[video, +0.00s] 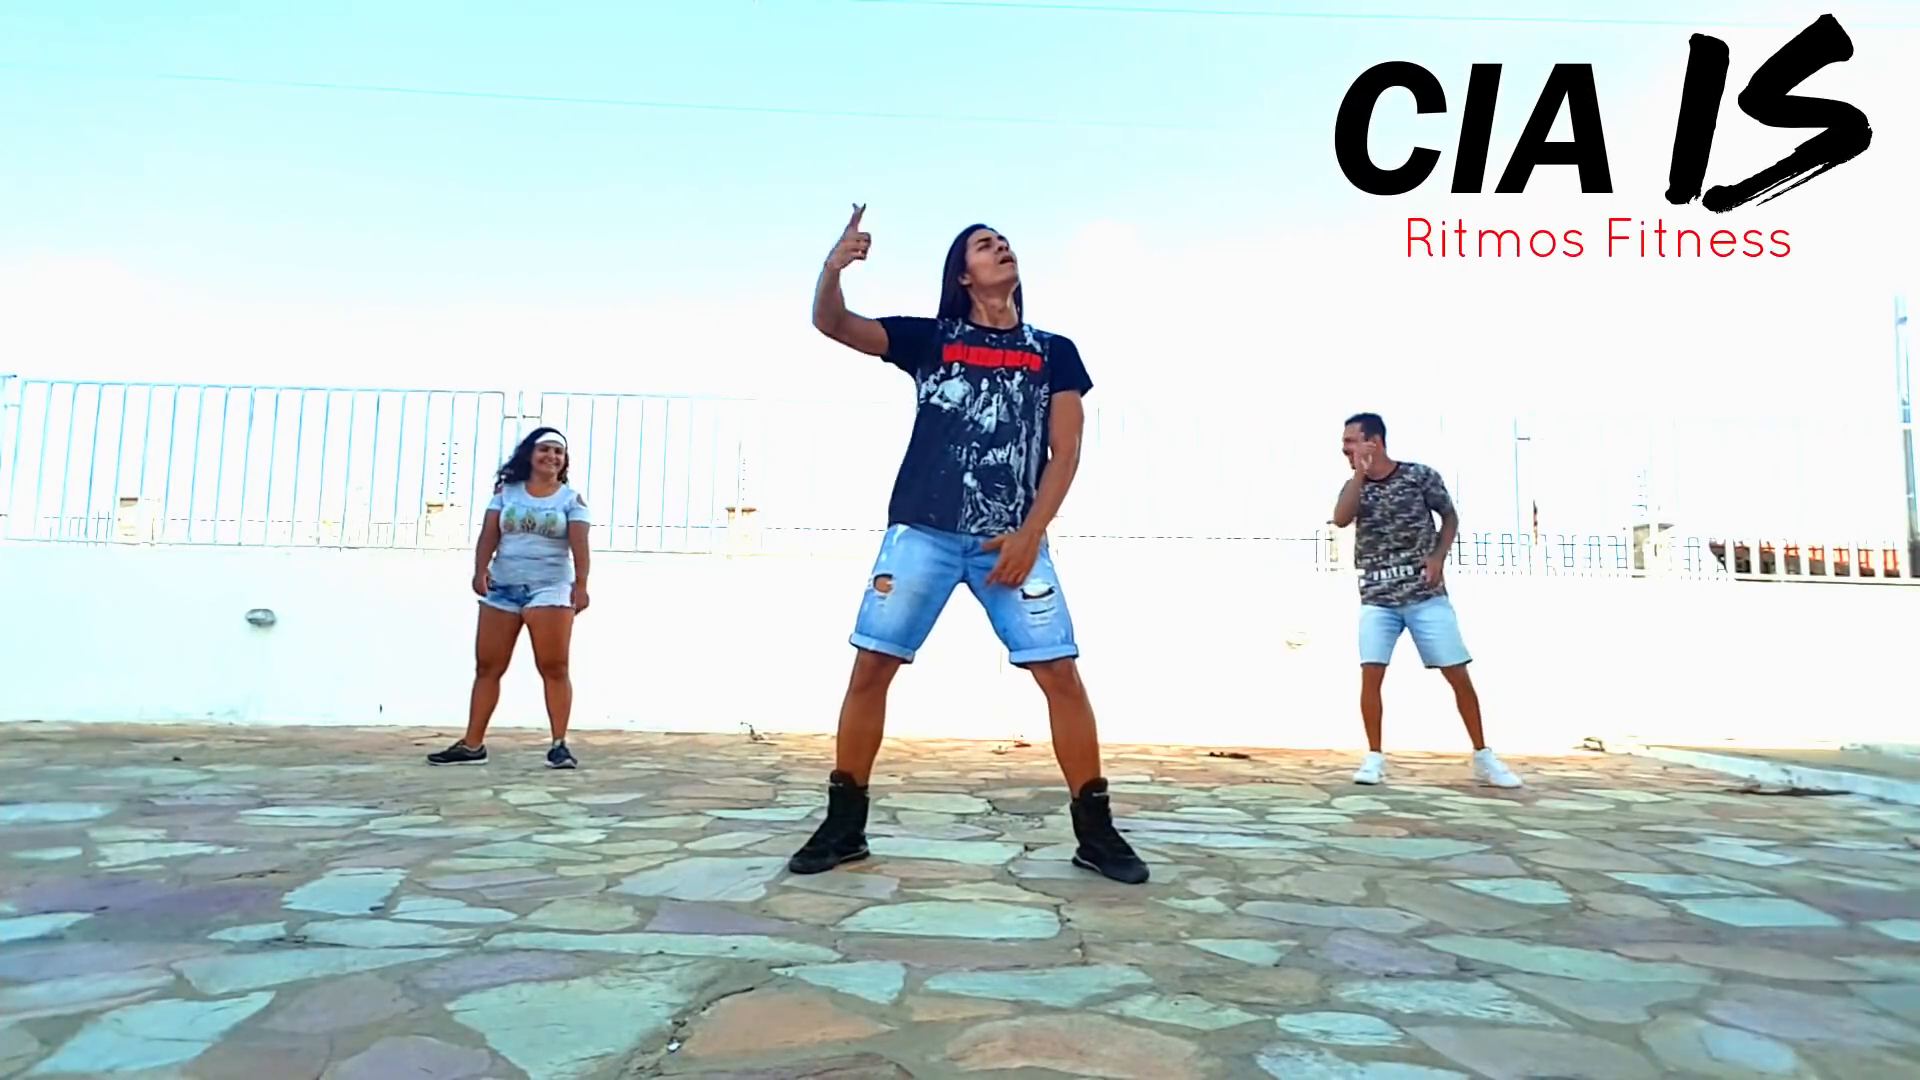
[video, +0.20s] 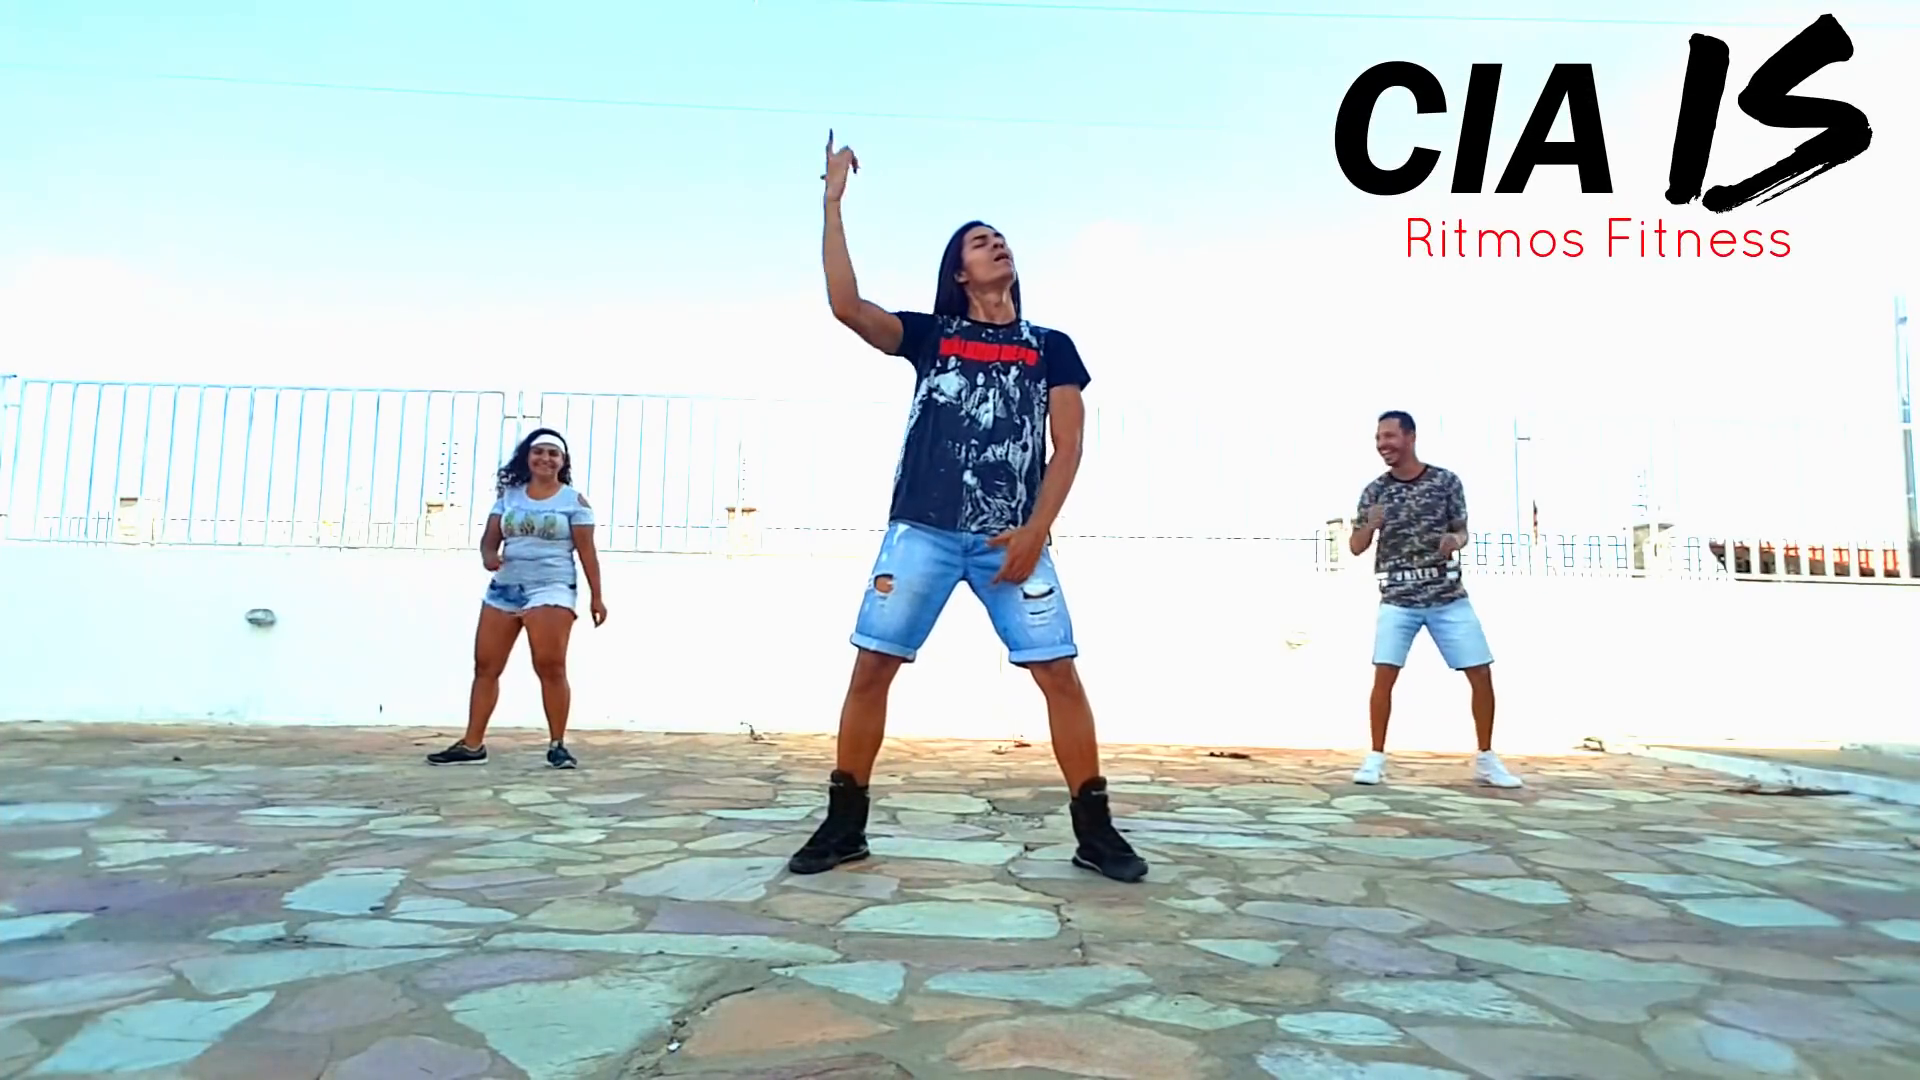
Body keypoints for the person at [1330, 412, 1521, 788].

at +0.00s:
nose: (1346, 449)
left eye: (1351, 442)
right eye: (1345, 443)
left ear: (1375, 443)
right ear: (1360, 447)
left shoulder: (1421, 477)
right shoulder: (1355, 487)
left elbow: (1450, 518)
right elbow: (1341, 519)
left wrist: (1438, 558)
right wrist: (1359, 473)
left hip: (1426, 595)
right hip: (1377, 600)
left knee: (1458, 675)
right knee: (1370, 676)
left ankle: (1482, 755)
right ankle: (1374, 756)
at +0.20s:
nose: (1384, 445)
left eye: (1390, 437)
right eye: (1379, 439)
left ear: (1411, 438)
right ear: (1376, 444)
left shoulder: (1446, 482)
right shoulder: (1375, 491)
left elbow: (1462, 533)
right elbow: (1356, 547)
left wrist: (1453, 540)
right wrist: (1371, 525)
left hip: (1448, 598)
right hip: (1398, 600)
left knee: (1481, 673)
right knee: (1383, 676)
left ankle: (1486, 757)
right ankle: (1375, 757)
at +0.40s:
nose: (1433, 433)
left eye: (1441, 427)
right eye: (1426, 427)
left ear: (1453, 434)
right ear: (1417, 434)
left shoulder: (1470, 473)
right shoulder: (1398, 487)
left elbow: (1511, 513)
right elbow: (1385, 526)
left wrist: (1483, 492)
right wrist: (1402, 555)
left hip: (1470, 599)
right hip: (1423, 599)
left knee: (1496, 673)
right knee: (1401, 671)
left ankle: (1485, 758)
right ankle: (1376, 754)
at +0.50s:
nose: (1449, 450)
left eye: (1456, 443)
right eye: (1442, 443)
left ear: (1467, 450)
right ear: (1433, 449)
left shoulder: (1484, 490)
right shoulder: (1412, 498)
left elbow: (1527, 530)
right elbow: (1389, 541)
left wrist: (1502, 508)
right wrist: (1410, 568)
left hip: (1480, 606)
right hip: (1434, 606)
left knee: (1508, 679)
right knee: (1414, 676)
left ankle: (1486, 761)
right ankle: (1380, 755)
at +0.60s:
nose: (1458, 450)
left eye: (1466, 443)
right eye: (1452, 443)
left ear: (1478, 450)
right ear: (1443, 450)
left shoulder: (1492, 498)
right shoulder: (1425, 498)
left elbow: (1506, 536)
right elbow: (1398, 550)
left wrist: (1518, 545)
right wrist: (1434, 567)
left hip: (1485, 609)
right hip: (1440, 609)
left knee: (1509, 680)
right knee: (1417, 676)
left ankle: (1486, 760)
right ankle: (1380, 755)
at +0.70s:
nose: (1465, 432)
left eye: (1472, 426)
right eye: (1458, 427)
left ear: (1484, 435)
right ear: (1449, 435)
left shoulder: (1499, 487)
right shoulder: (1433, 480)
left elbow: (1502, 538)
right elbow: (1415, 530)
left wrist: (1524, 568)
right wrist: (1470, 523)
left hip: (1483, 596)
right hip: (1437, 594)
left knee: (1499, 673)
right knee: (1410, 664)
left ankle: (1485, 758)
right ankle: (1377, 749)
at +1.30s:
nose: (1445, 432)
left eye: (1451, 426)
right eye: (1438, 426)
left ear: (1462, 433)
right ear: (1427, 433)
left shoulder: (1483, 477)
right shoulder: (1411, 478)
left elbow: (1493, 528)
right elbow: (1419, 516)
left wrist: (1473, 562)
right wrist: (1456, 479)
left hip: (1466, 594)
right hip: (1421, 592)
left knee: (1490, 670)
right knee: (1399, 666)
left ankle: (1483, 758)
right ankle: (1370, 750)